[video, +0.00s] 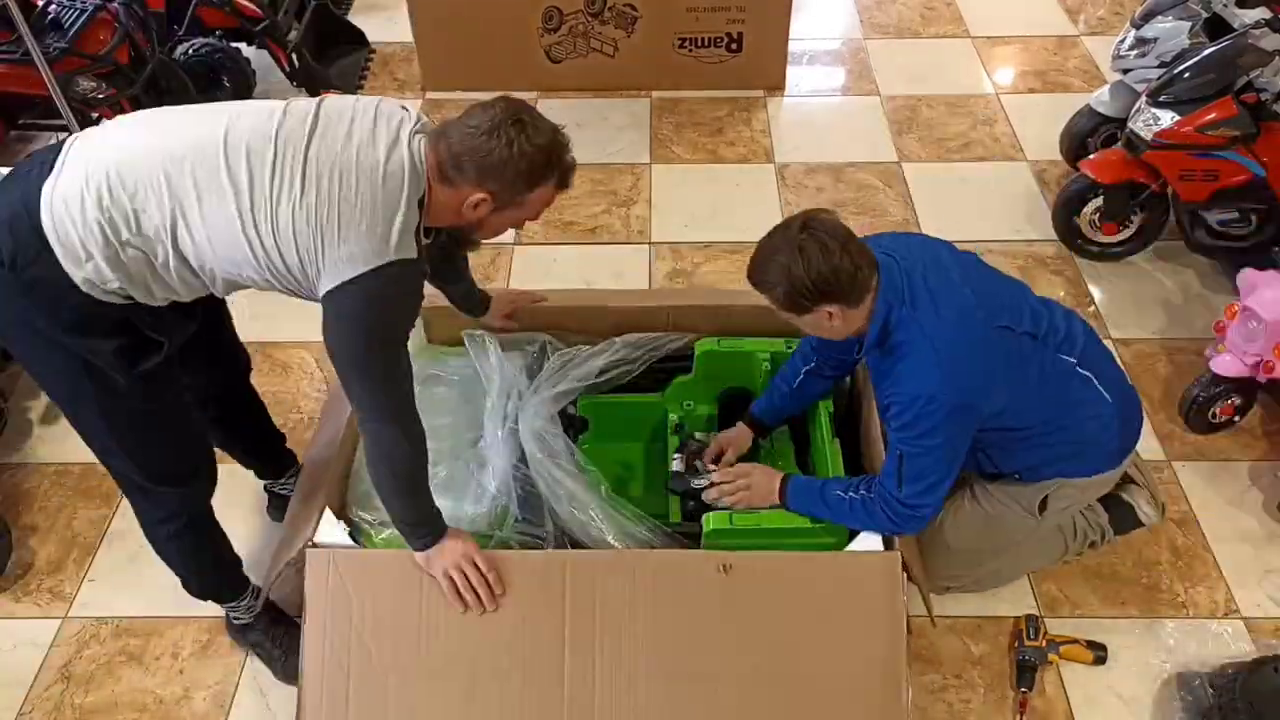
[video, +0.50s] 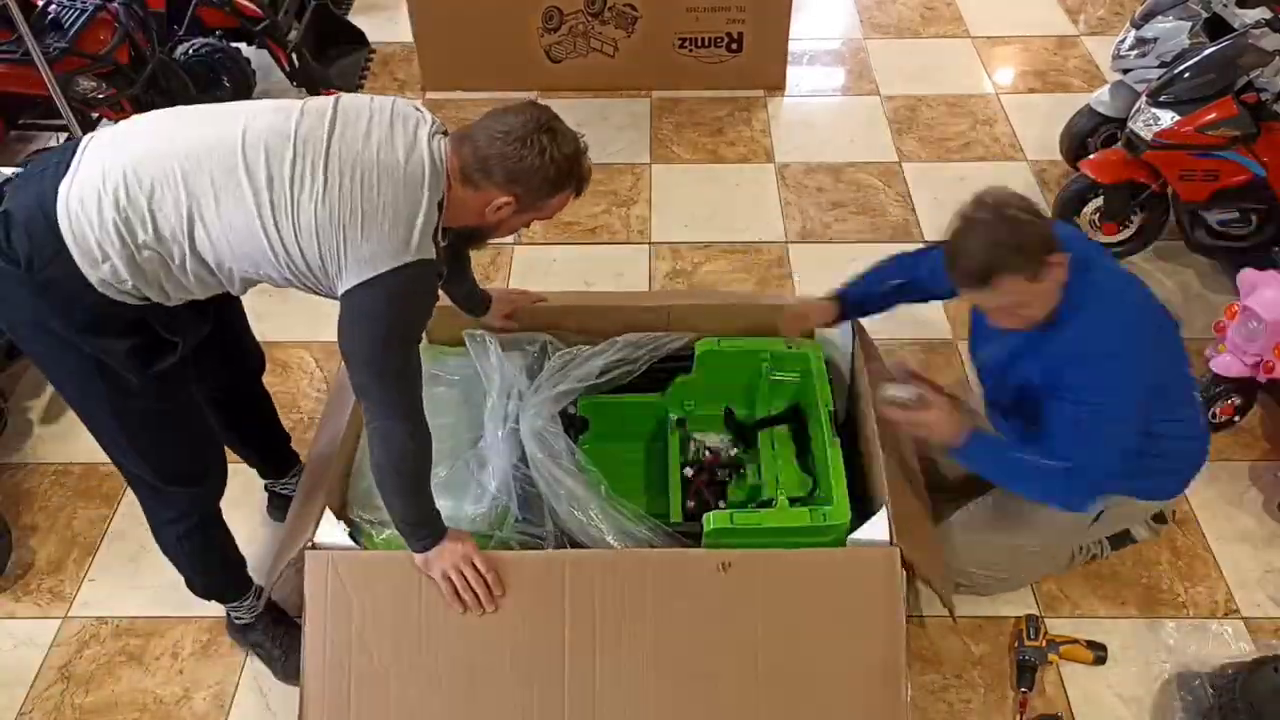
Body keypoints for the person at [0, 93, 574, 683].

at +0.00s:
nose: (520, 230)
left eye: (531, 218)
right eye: (522, 217)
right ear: (473, 203)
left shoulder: (407, 129)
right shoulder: (372, 257)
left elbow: (431, 239)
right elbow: (385, 418)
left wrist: (480, 303)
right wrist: (430, 536)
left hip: (98, 163)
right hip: (54, 250)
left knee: (220, 375)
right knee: (170, 470)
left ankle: (286, 480)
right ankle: (238, 605)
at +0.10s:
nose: (524, 230)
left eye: (535, 218)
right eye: (529, 217)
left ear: (463, 140)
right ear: (490, 203)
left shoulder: (415, 128)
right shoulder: (385, 254)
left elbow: (438, 236)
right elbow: (389, 413)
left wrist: (479, 302)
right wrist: (430, 535)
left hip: (112, 162)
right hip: (64, 244)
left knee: (223, 371)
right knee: (177, 469)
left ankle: (283, 480)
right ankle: (238, 604)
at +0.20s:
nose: (526, 232)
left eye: (537, 220)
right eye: (529, 219)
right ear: (487, 203)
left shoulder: (417, 128)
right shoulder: (386, 258)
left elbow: (439, 233)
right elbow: (390, 416)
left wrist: (477, 301)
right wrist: (429, 535)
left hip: (112, 160)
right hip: (65, 246)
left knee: (228, 369)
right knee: (180, 469)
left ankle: (284, 479)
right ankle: (238, 604)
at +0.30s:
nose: (529, 233)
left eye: (540, 221)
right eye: (535, 222)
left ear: (472, 139)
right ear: (498, 210)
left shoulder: (422, 129)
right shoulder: (391, 256)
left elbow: (442, 233)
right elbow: (390, 413)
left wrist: (477, 300)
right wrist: (429, 535)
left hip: (120, 160)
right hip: (70, 245)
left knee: (231, 369)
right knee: (182, 471)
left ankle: (283, 480)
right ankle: (239, 604)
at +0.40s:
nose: (532, 230)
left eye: (543, 216)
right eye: (539, 218)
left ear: (470, 135)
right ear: (504, 211)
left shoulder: (418, 128)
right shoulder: (391, 257)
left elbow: (439, 232)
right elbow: (390, 412)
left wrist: (477, 300)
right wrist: (429, 535)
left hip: (114, 161)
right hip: (71, 247)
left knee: (231, 370)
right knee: (183, 471)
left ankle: (284, 480)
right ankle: (238, 604)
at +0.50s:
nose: (532, 228)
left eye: (542, 215)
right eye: (538, 216)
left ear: (470, 136)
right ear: (503, 209)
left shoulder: (419, 129)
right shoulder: (392, 255)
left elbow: (440, 232)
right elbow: (390, 411)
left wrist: (478, 300)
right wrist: (429, 535)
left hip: (115, 161)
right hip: (68, 245)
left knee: (230, 368)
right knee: (182, 470)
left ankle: (284, 479)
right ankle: (239, 604)